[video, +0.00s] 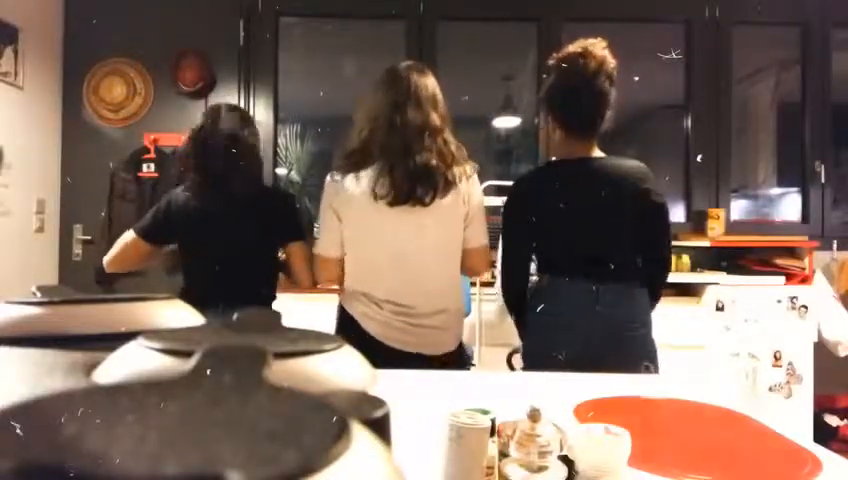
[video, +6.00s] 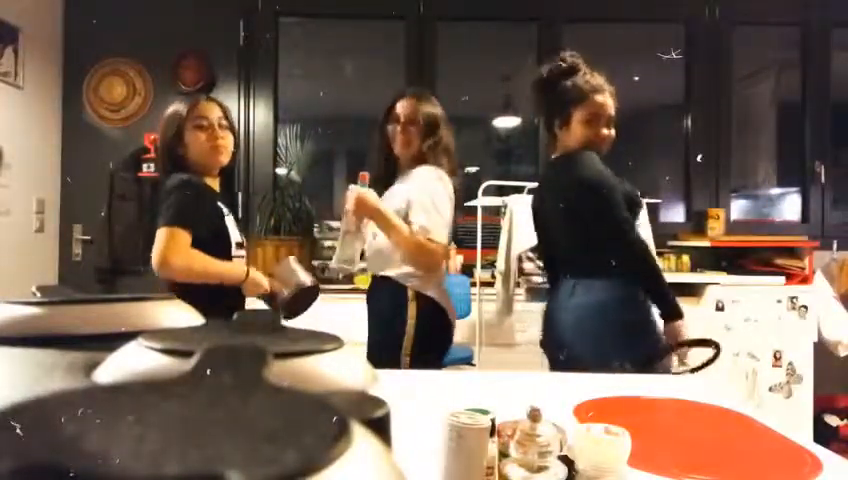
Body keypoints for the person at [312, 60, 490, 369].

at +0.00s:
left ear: (373, 113)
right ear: (438, 112)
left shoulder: (343, 183)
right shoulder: (463, 180)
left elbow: (327, 273)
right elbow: (478, 264)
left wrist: (374, 260)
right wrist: (433, 248)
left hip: (365, 349)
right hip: (440, 353)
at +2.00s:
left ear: (370, 123)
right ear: (433, 118)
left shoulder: (347, 199)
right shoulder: (465, 193)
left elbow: (331, 288)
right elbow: (483, 273)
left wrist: (371, 269)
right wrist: (435, 270)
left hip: (368, 357)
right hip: (442, 359)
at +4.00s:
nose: (371, 116)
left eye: (384, 108)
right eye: (367, 107)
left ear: (412, 118)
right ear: (361, 112)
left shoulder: (401, 167)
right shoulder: (419, 171)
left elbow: (412, 251)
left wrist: (371, 180)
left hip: (392, 316)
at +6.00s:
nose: (400, 130)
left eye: (411, 123)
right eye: (394, 121)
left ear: (431, 131)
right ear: (388, 128)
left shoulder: (431, 179)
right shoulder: (404, 180)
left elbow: (432, 259)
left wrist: (378, 213)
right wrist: (361, 218)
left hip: (413, 304)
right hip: (390, 299)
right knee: (389, 401)